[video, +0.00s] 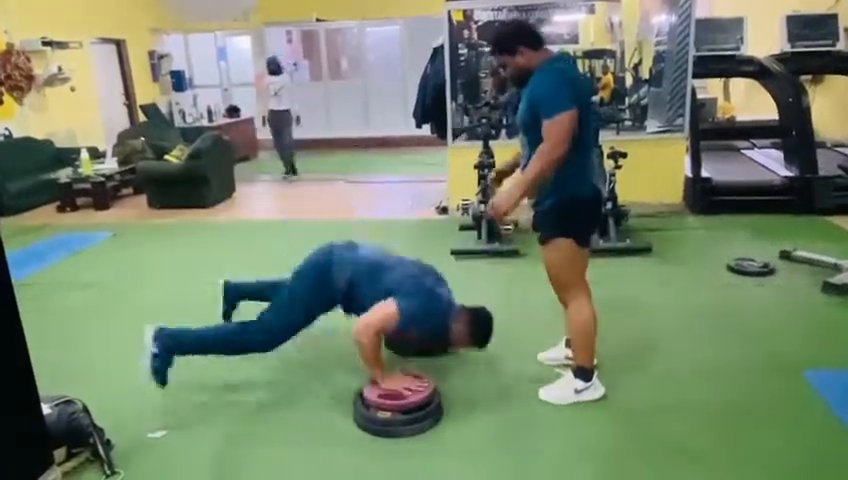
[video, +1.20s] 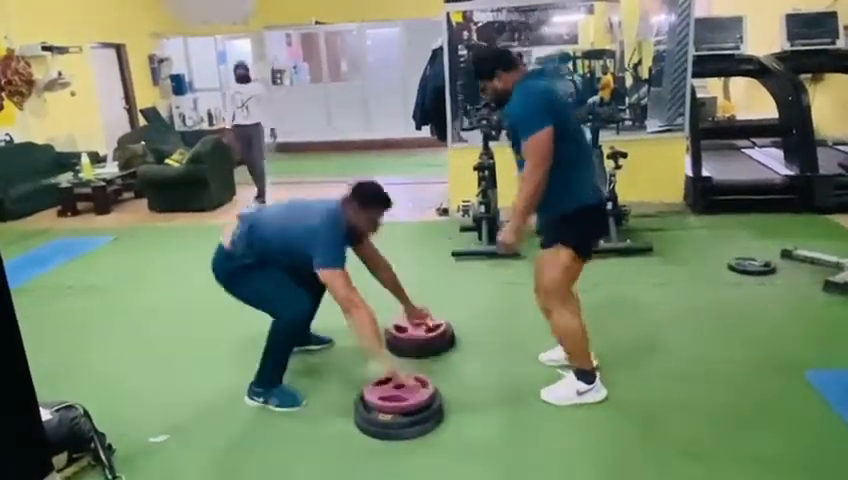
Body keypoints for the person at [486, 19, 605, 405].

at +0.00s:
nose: (504, 72)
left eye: (504, 63)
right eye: (501, 65)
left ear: (521, 52)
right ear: (526, 50)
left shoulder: (553, 79)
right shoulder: (549, 75)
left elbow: (556, 146)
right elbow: (544, 140)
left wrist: (513, 193)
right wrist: (512, 170)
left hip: (567, 199)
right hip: (563, 196)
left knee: (572, 290)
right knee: (569, 281)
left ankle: (585, 378)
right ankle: (576, 347)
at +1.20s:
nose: (487, 95)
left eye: (487, 86)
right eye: (484, 88)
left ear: (502, 75)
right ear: (506, 73)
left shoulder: (529, 98)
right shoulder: (535, 91)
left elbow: (538, 164)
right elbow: (539, 162)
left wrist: (516, 220)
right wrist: (521, 212)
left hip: (574, 207)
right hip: (571, 204)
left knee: (552, 291)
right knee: (553, 284)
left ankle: (586, 378)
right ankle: (575, 347)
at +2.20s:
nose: (368, 368)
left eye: (364, 364)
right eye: (364, 365)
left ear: (366, 352)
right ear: (371, 332)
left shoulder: (387, 337)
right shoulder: (399, 308)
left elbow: (423, 332)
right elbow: (443, 291)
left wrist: (413, 373)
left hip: (498, 331)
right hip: (500, 303)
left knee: (568, 381)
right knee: (567, 334)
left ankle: (666, 397)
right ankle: (646, 327)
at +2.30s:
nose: (357, 337)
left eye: (353, 333)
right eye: (354, 332)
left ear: (356, 326)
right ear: (363, 306)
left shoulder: (386, 320)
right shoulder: (394, 295)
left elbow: (426, 333)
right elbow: (428, 324)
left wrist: (410, 374)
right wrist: (410, 358)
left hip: (499, 322)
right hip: (501, 295)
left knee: (570, 374)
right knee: (570, 325)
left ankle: (666, 397)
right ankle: (648, 326)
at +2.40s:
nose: (356, 302)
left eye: (351, 297)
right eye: (352, 297)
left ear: (355, 290)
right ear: (365, 271)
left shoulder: (382, 293)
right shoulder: (394, 269)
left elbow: (418, 326)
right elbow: (428, 306)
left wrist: (414, 375)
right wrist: (407, 338)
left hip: (499, 322)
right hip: (502, 294)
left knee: (570, 371)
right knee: (570, 324)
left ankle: (667, 397)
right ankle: (648, 326)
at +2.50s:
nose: (365, 282)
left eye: (361, 277)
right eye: (361, 278)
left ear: (364, 264)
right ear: (372, 250)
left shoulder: (391, 272)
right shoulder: (406, 248)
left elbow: (414, 323)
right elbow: (427, 310)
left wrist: (414, 376)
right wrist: (418, 347)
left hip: (494, 332)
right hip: (500, 308)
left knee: (561, 375)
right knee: (567, 330)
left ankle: (664, 396)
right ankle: (646, 325)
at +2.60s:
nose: (379, 278)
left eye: (375, 272)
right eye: (375, 273)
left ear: (379, 262)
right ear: (385, 244)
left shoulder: (410, 270)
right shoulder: (421, 242)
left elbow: (420, 329)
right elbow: (429, 307)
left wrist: (415, 373)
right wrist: (418, 336)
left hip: (490, 343)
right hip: (497, 319)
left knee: (556, 386)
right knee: (558, 344)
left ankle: (654, 393)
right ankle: (638, 327)